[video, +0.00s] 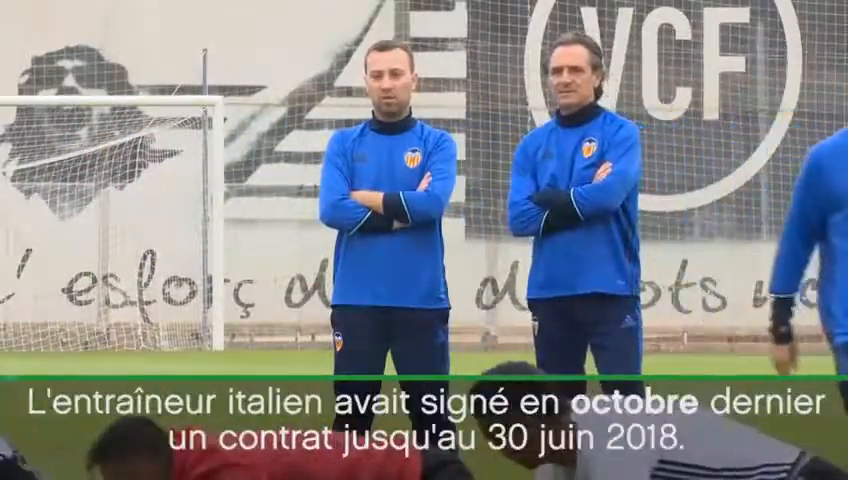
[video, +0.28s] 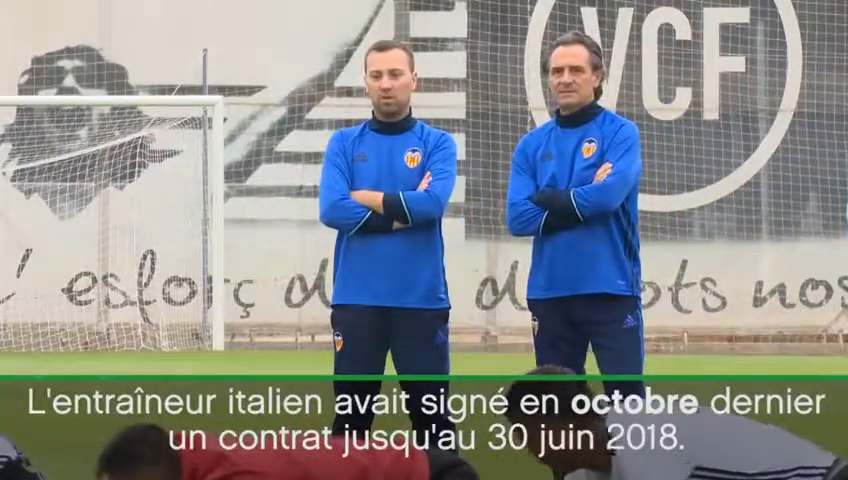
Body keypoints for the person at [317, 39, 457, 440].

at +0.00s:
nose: (386, 84)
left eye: (396, 75)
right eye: (377, 76)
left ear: (414, 81)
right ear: (366, 84)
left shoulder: (438, 142)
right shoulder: (343, 142)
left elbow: (433, 207)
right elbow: (331, 211)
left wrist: (359, 196)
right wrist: (407, 208)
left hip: (421, 301)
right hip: (356, 301)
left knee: (431, 416)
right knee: (351, 418)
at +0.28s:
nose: (386, 84)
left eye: (396, 75)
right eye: (376, 76)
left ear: (414, 82)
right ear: (366, 84)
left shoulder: (438, 142)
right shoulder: (343, 142)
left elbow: (432, 207)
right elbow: (331, 211)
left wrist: (362, 196)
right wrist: (405, 210)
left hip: (421, 299)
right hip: (357, 299)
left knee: (431, 414)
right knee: (351, 415)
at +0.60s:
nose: (385, 84)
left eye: (395, 75)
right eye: (376, 76)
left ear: (415, 82)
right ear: (367, 84)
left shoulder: (438, 142)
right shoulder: (343, 141)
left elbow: (431, 207)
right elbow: (331, 211)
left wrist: (363, 196)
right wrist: (404, 211)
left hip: (421, 299)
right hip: (357, 299)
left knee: (431, 415)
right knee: (351, 415)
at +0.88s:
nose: (386, 85)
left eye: (396, 75)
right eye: (377, 76)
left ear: (415, 81)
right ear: (367, 84)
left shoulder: (438, 142)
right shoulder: (344, 141)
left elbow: (432, 207)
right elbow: (331, 210)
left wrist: (362, 197)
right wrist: (403, 213)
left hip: (421, 301)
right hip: (356, 300)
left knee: (431, 416)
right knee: (351, 416)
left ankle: (439, 479)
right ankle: (344, 479)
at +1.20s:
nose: (386, 85)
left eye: (396, 75)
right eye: (377, 76)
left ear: (416, 81)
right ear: (367, 84)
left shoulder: (438, 142)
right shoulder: (344, 141)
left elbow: (431, 208)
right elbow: (331, 210)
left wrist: (360, 196)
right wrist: (403, 214)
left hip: (421, 301)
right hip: (356, 301)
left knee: (431, 416)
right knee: (351, 415)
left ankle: (440, 478)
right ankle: (345, 479)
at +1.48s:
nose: (386, 84)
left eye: (396, 75)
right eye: (377, 76)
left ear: (415, 81)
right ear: (367, 84)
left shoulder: (438, 142)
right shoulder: (344, 141)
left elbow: (431, 208)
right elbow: (331, 210)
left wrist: (361, 196)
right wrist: (402, 215)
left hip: (420, 301)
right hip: (356, 301)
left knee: (431, 416)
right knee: (351, 415)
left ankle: (439, 478)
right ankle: (346, 478)